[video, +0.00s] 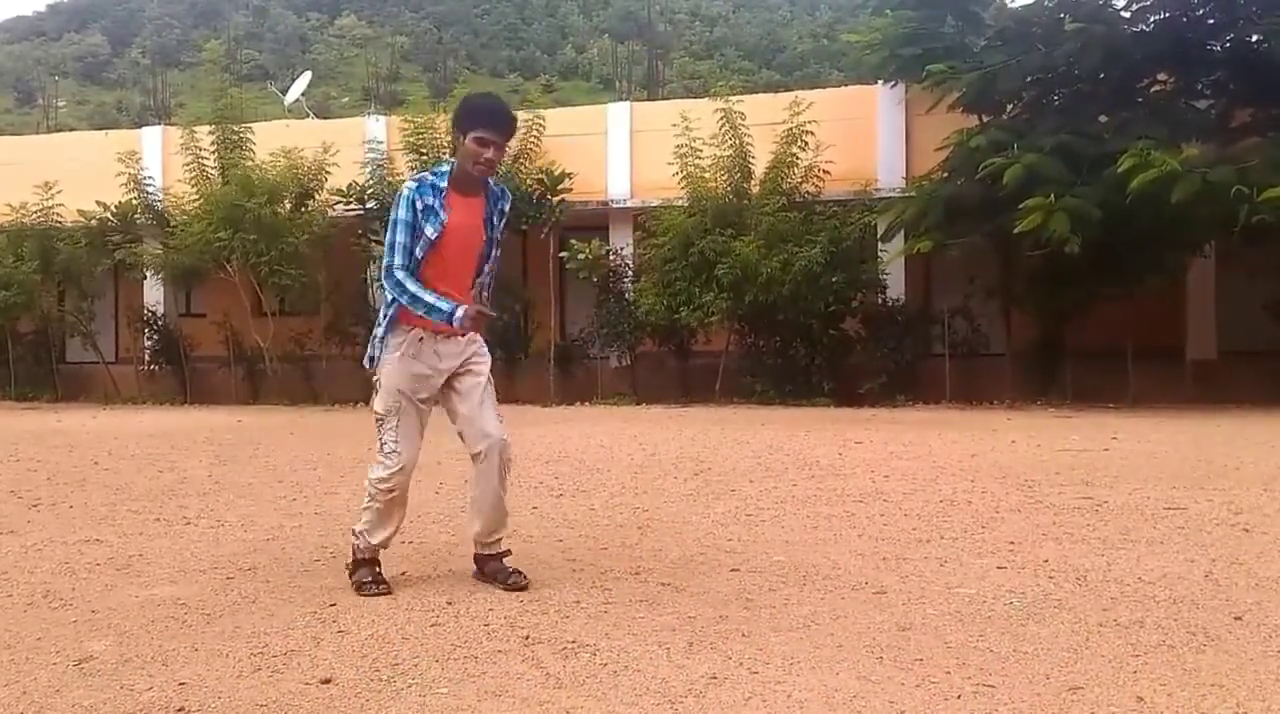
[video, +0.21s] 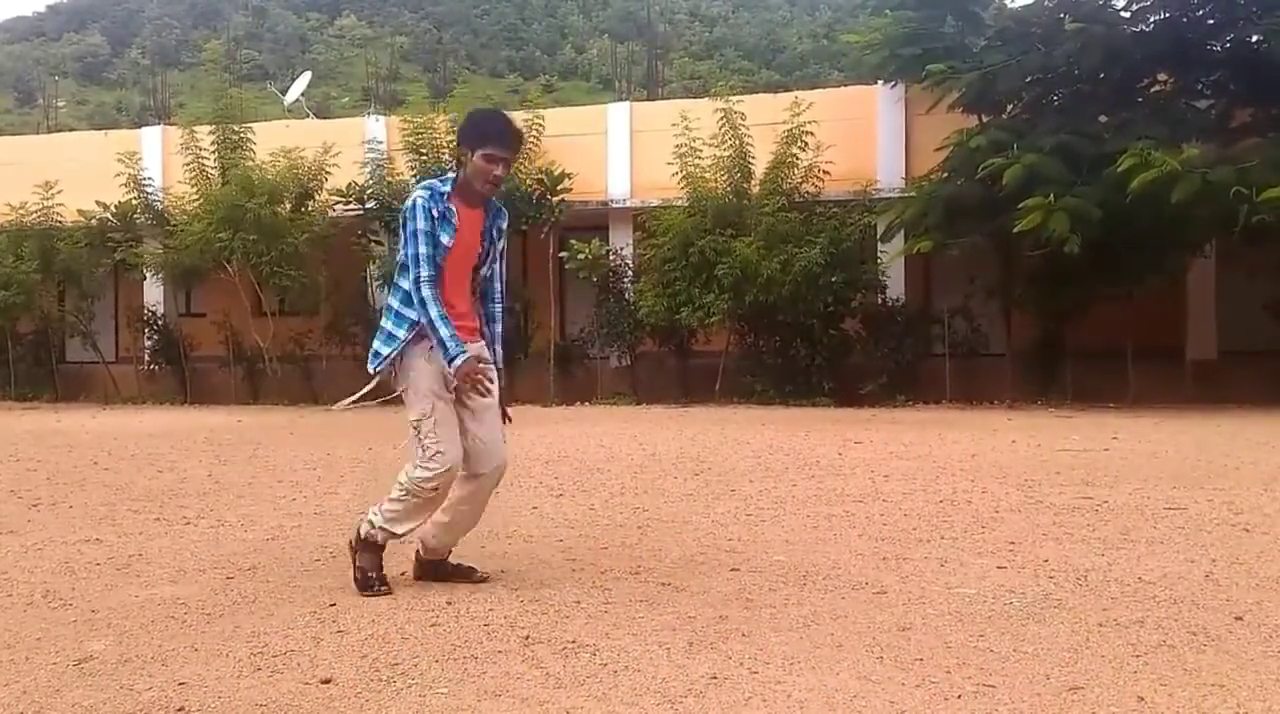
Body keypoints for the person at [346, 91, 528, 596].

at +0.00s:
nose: (489, 154)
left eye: (498, 146)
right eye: (480, 142)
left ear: (506, 150)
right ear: (458, 140)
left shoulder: (499, 200)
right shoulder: (417, 192)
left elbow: (486, 264)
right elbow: (394, 274)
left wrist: (478, 309)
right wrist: (452, 313)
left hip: (466, 345)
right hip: (410, 342)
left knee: (492, 443)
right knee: (398, 460)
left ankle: (489, 555)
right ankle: (365, 554)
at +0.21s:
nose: (499, 172)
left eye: (507, 163)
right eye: (491, 160)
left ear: (512, 164)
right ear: (463, 154)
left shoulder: (495, 216)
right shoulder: (426, 200)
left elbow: (494, 295)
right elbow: (423, 284)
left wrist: (496, 371)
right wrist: (455, 352)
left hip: (473, 343)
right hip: (421, 339)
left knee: (489, 460)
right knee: (441, 459)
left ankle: (433, 555)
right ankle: (370, 537)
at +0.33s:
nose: (530, 196)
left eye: (536, 187)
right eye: (522, 184)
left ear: (537, 189)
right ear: (495, 179)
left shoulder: (509, 224)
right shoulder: (460, 206)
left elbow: (526, 269)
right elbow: (405, 267)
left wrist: (562, 289)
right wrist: (366, 339)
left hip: (460, 341)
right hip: (414, 339)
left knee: (482, 440)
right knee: (486, 419)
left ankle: (436, 552)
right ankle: (418, 521)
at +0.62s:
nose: (540, 131)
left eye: (550, 123)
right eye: (530, 119)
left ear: (556, 128)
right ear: (505, 117)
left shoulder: (540, 179)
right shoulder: (465, 154)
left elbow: (570, 226)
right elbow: (381, 164)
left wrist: (568, 168)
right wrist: (305, 180)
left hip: (484, 323)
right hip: (453, 319)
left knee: (433, 422)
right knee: (495, 443)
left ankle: (347, 487)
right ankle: (474, 568)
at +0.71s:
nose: (534, 139)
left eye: (544, 131)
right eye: (525, 126)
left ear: (551, 135)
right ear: (502, 125)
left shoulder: (536, 189)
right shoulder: (464, 171)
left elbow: (550, 263)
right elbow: (380, 194)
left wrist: (556, 207)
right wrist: (295, 213)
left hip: (498, 338)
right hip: (464, 333)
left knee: (443, 440)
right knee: (517, 459)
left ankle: (347, 483)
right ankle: (477, 569)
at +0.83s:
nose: (547, 154)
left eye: (555, 144)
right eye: (537, 141)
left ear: (560, 149)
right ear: (508, 141)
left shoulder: (544, 209)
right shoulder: (467, 197)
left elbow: (522, 283)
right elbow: (406, 264)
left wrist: (554, 305)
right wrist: (346, 330)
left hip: (511, 356)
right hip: (472, 351)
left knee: (470, 472)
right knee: (535, 469)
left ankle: (385, 523)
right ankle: (477, 569)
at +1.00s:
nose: (570, 175)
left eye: (576, 165)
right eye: (561, 163)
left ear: (578, 168)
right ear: (530, 159)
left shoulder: (555, 222)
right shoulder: (494, 215)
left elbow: (528, 304)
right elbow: (526, 305)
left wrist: (524, 367)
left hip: (515, 365)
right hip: (474, 365)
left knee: (545, 469)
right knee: (528, 470)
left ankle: (453, 510)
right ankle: (476, 570)